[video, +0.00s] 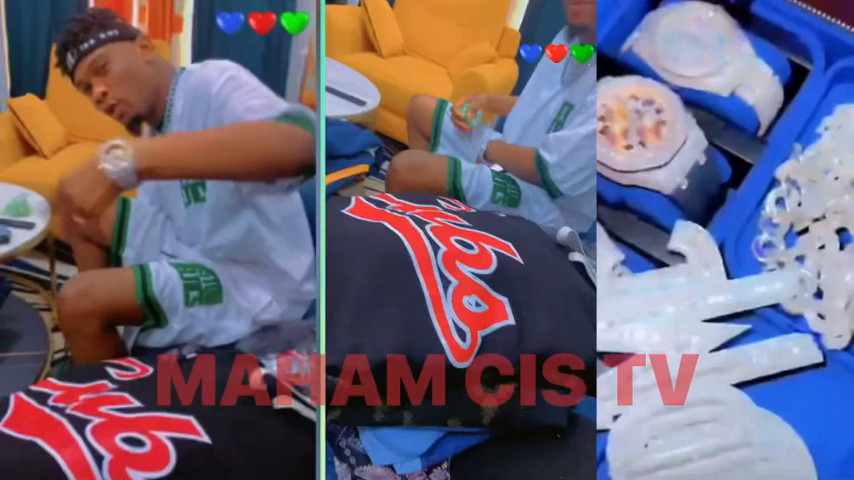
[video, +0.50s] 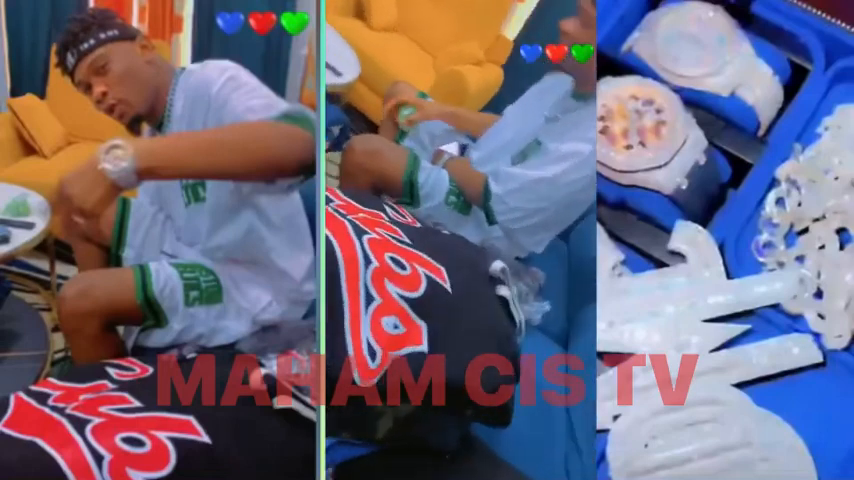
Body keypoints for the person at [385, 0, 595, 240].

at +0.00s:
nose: (574, 0)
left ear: (612, 6)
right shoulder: (570, 39)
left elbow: (552, 170)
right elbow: (549, 108)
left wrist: (483, 143)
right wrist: (488, 102)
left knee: (405, 168)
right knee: (421, 109)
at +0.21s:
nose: (533, 3)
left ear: (582, 2)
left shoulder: (594, 93)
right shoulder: (560, 47)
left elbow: (522, 171)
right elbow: (533, 113)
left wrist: (468, 155)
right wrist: (478, 111)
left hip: (528, 205)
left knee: (385, 167)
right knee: (405, 108)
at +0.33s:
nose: (525, 3)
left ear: (584, 5)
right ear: (581, 9)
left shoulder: (588, 99)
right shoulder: (552, 53)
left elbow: (511, 182)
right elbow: (519, 121)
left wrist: (446, 157)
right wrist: (464, 113)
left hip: (505, 210)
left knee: (365, 165)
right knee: (391, 104)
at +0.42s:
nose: (545, 13)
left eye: (563, 9)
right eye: (553, 5)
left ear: (598, 27)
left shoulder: (586, 130)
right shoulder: (555, 72)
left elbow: (496, 196)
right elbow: (510, 132)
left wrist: (446, 162)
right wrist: (449, 120)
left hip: (489, 224)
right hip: (476, 166)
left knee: (360, 162)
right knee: (394, 104)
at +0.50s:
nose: (565, 24)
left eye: (584, 19)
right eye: (577, 14)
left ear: (610, 47)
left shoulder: (597, 143)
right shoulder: (560, 84)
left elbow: (499, 200)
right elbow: (511, 129)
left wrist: (447, 160)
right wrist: (440, 113)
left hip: (488, 226)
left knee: (365, 154)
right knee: (402, 97)